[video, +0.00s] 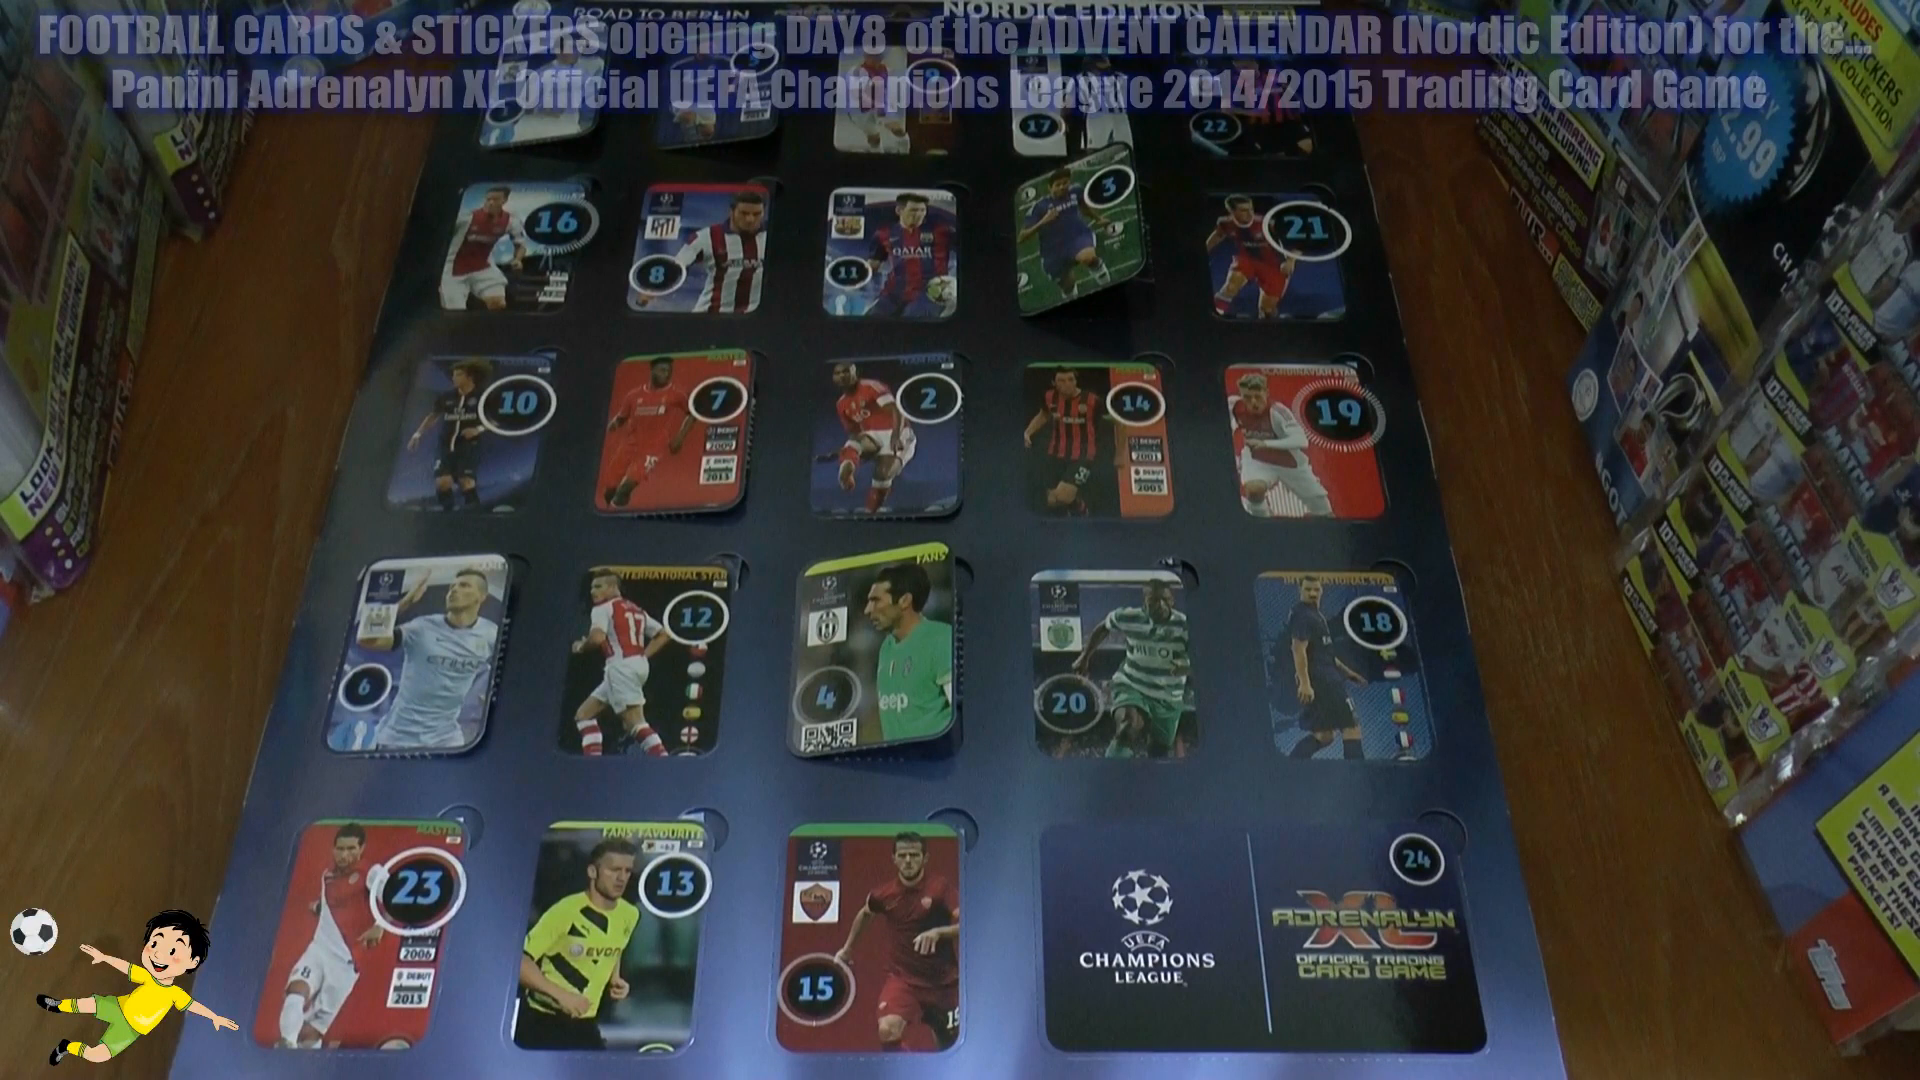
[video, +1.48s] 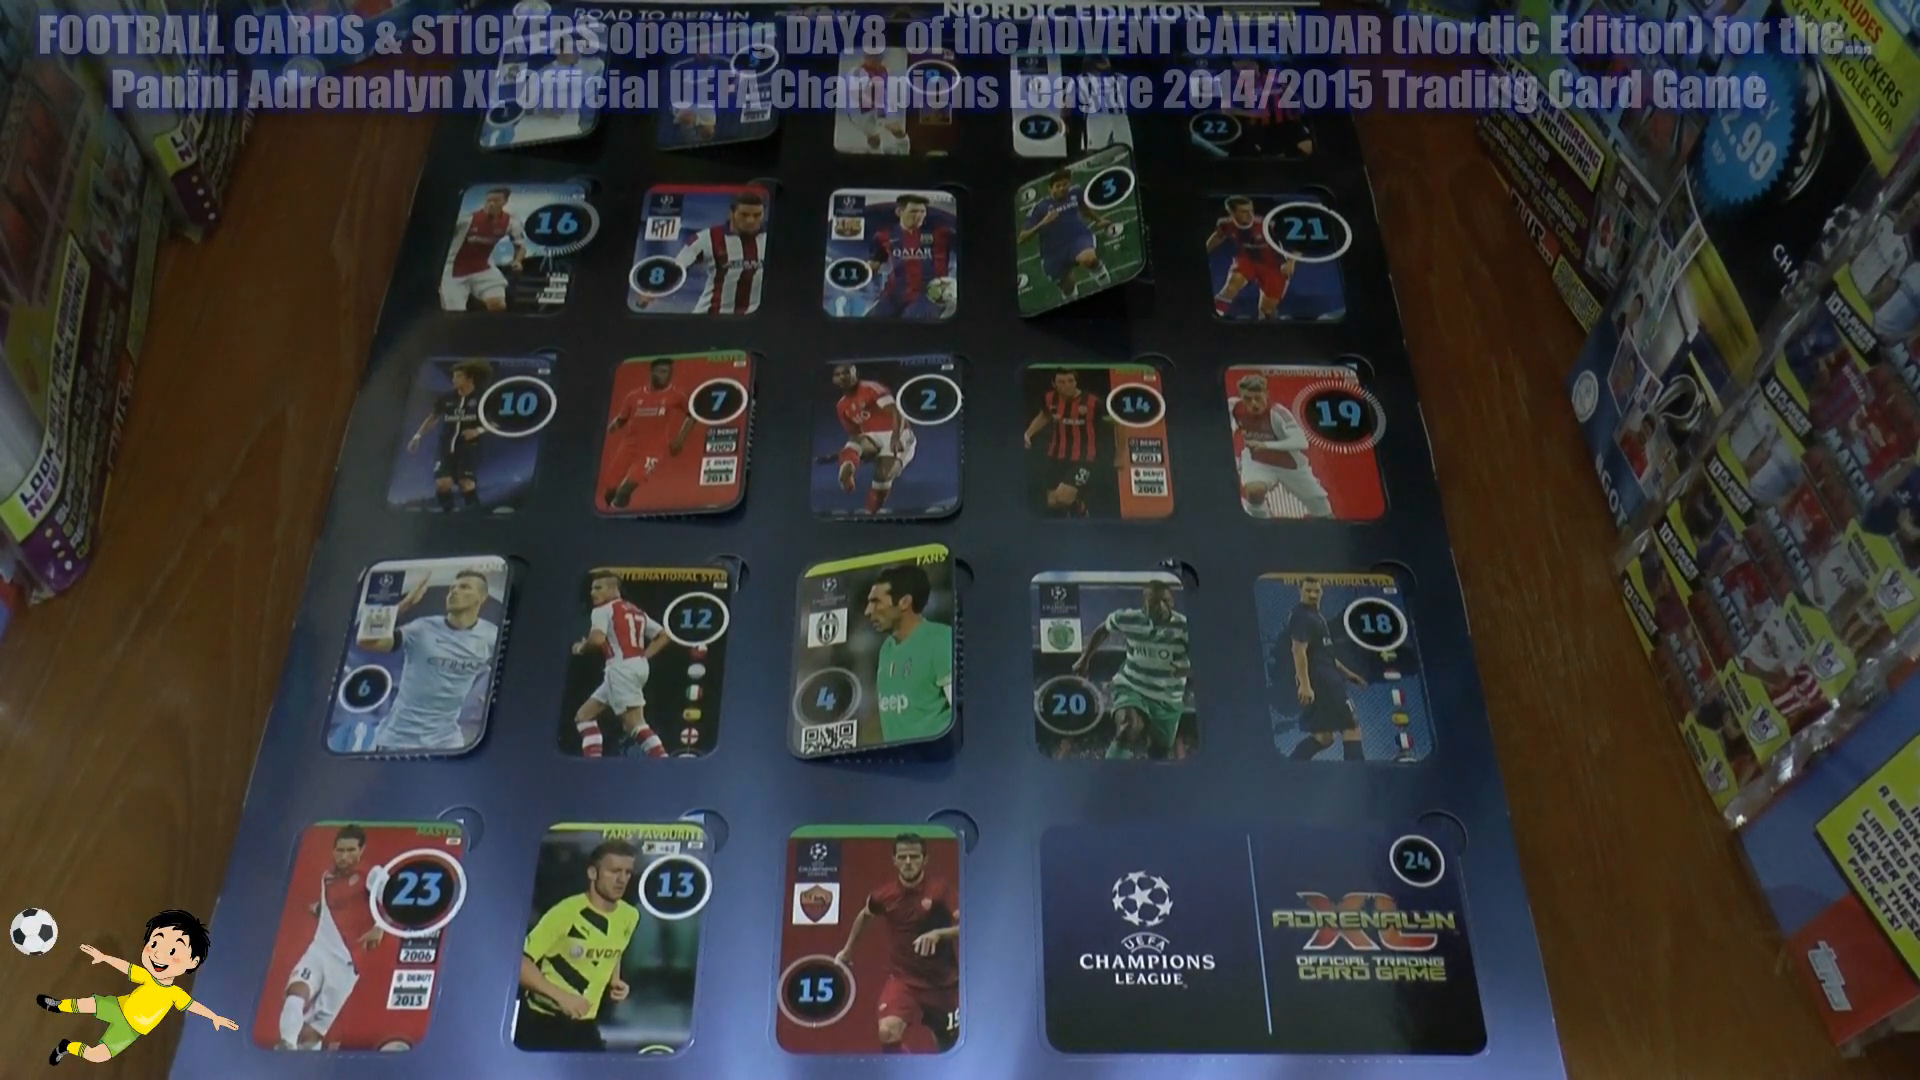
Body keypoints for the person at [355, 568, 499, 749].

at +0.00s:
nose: (454, 589)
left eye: (464, 585)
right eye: (452, 586)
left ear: (482, 597)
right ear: (447, 594)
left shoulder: (491, 636)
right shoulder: (421, 627)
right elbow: (367, 640)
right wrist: (404, 603)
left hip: (446, 737)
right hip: (397, 735)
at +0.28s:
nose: (454, 590)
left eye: (464, 585)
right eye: (452, 586)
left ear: (482, 597)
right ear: (448, 593)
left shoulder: (491, 636)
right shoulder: (421, 627)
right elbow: (367, 639)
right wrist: (404, 603)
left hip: (446, 737)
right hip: (397, 734)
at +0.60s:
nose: (454, 589)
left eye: (464, 585)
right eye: (452, 585)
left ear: (482, 596)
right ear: (447, 593)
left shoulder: (491, 636)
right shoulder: (422, 627)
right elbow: (367, 639)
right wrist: (405, 602)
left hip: (446, 737)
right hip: (397, 734)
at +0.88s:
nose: (454, 589)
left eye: (464, 585)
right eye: (452, 585)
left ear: (482, 596)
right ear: (448, 593)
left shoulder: (491, 636)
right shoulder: (421, 627)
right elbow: (367, 639)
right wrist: (404, 603)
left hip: (446, 737)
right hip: (398, 734)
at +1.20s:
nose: (454, 590)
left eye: (464, 586)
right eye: (452, 586)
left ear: (482, 597)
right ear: (448, 594)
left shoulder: (491, 637)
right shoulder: (421, 628)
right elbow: (367, 640)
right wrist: (403, 605)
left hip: (446, 738)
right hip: (397, 735)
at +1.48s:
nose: (454, 591)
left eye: (464, 587)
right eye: (452, 587)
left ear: (482, 598)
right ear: (447, 594)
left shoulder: (491, 638)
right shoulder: (421, 629)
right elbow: (367, 641)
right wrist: (403, 605)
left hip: (445, 739)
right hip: (397, 736)